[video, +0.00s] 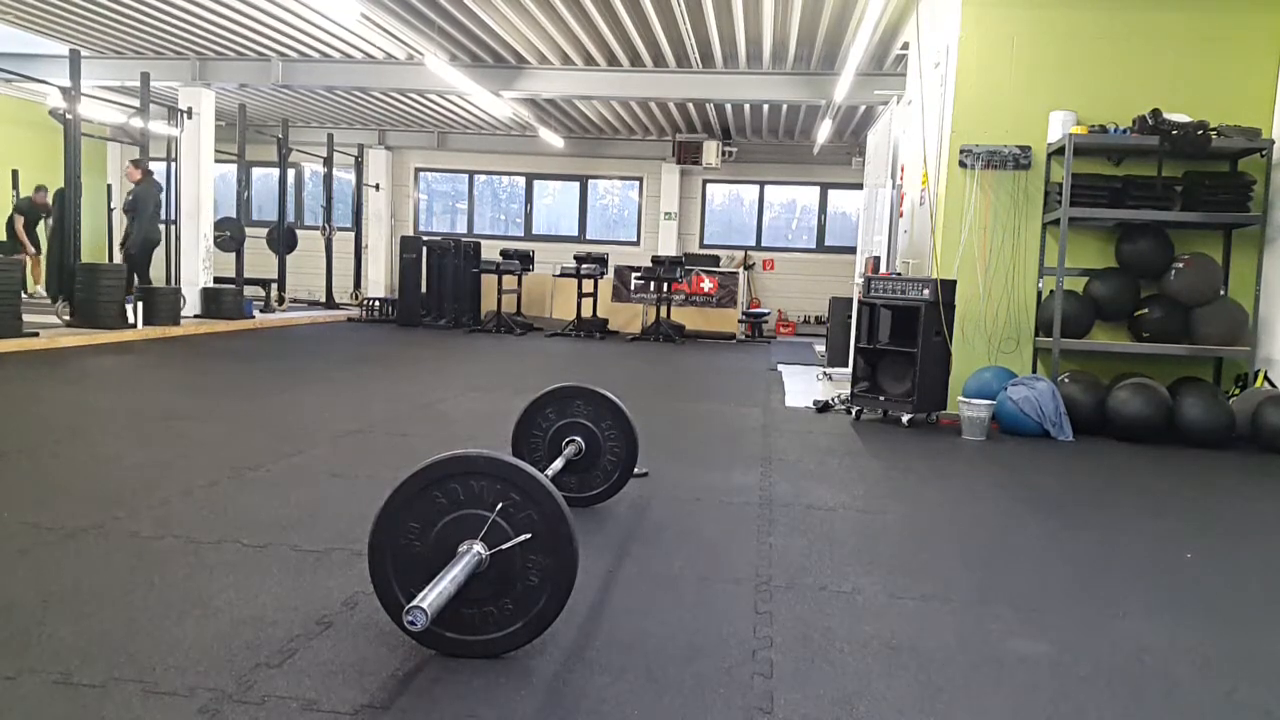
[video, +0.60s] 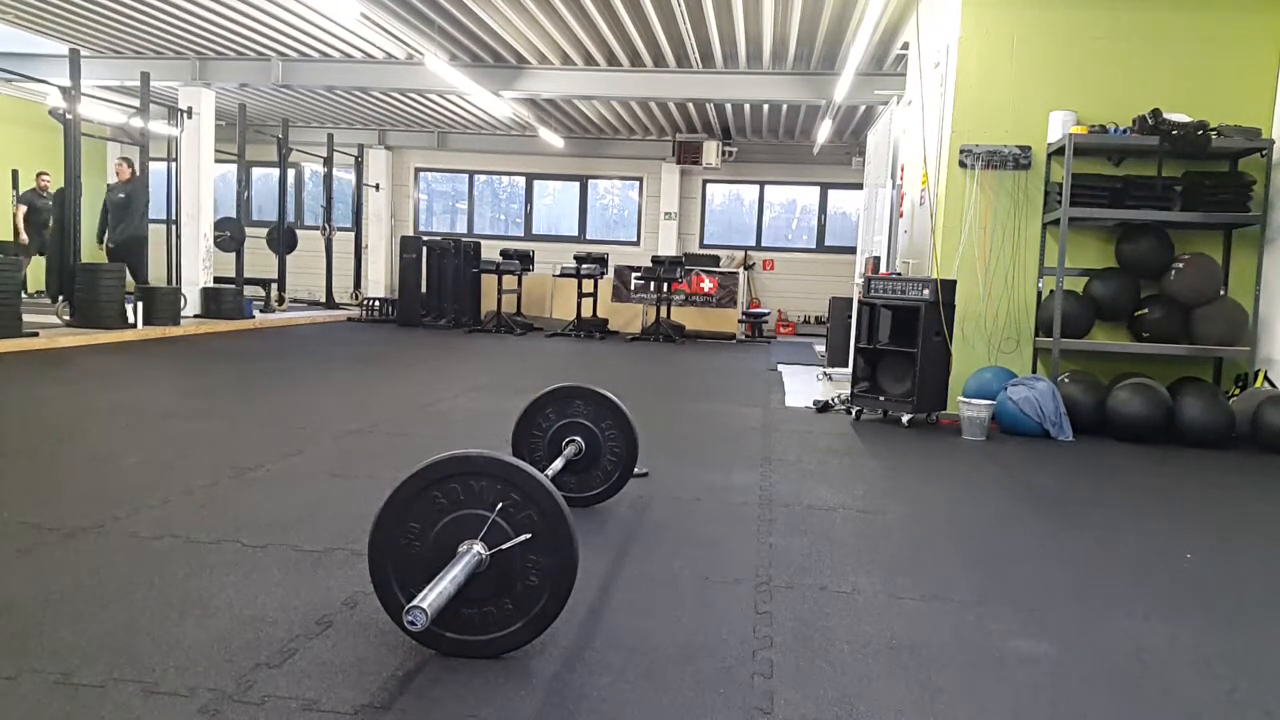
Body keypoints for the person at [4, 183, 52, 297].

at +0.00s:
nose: (43, 199)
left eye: (45, 196)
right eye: (41, 196)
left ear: (47, 196)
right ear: (34, 195)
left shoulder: (46, 208)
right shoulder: (22, 204)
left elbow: (48, 227)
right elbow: (18, 227)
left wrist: (51, 245)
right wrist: (28, 246)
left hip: (31, 229)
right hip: (15, 228)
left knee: (36, 257)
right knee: (20, 257)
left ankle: (37, 286)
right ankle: (19, 289)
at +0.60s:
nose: (45, 184)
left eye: (48, 181)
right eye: (43, 180)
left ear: (50, 183)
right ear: (37, 181)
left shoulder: (51, 197)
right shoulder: (27, 195)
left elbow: (52, 216)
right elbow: (19, 214)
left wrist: (51, 231)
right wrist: (22, 232)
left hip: (45, 232)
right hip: (30, 232)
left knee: (52, 259)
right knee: (24, 261)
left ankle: (52, 289)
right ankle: (19, 288)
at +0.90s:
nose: (59, 183)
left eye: (62, 180)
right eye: (57, 180)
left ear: (64, 182)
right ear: (51, 180)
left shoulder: (65, 195)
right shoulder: (42, 194)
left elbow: (70, 214)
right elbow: (32, 212)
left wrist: (69, 232)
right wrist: (34, 233)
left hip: (60, 232)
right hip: (46, 231)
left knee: (57, 261)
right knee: (43, 257)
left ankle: (55, 291)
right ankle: (26, 279)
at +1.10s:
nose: (64, 184)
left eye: (65, 181)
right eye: (62, 180)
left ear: (67, 182)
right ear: (57, 181)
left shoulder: (72, 196)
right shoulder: (47, 195)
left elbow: (76, 215)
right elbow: (41, 214)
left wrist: (78, 233)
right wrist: (44, 234)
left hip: (70, 235)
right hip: (55, 235)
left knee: (69, 264)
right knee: (54, 265)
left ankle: (68, 293)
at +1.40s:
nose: (70, 183)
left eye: (73, 180)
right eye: (68, 179)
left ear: (77, 181)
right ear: (63, 179)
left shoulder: (77, 198)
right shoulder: (57, 195)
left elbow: (84, 215)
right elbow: (49, 207)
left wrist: (91, 231)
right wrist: (49, 225)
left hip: (73, 234)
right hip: (58, 233)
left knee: (72, 263)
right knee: (56, 262)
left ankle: (70, 294)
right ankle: (54, 294)